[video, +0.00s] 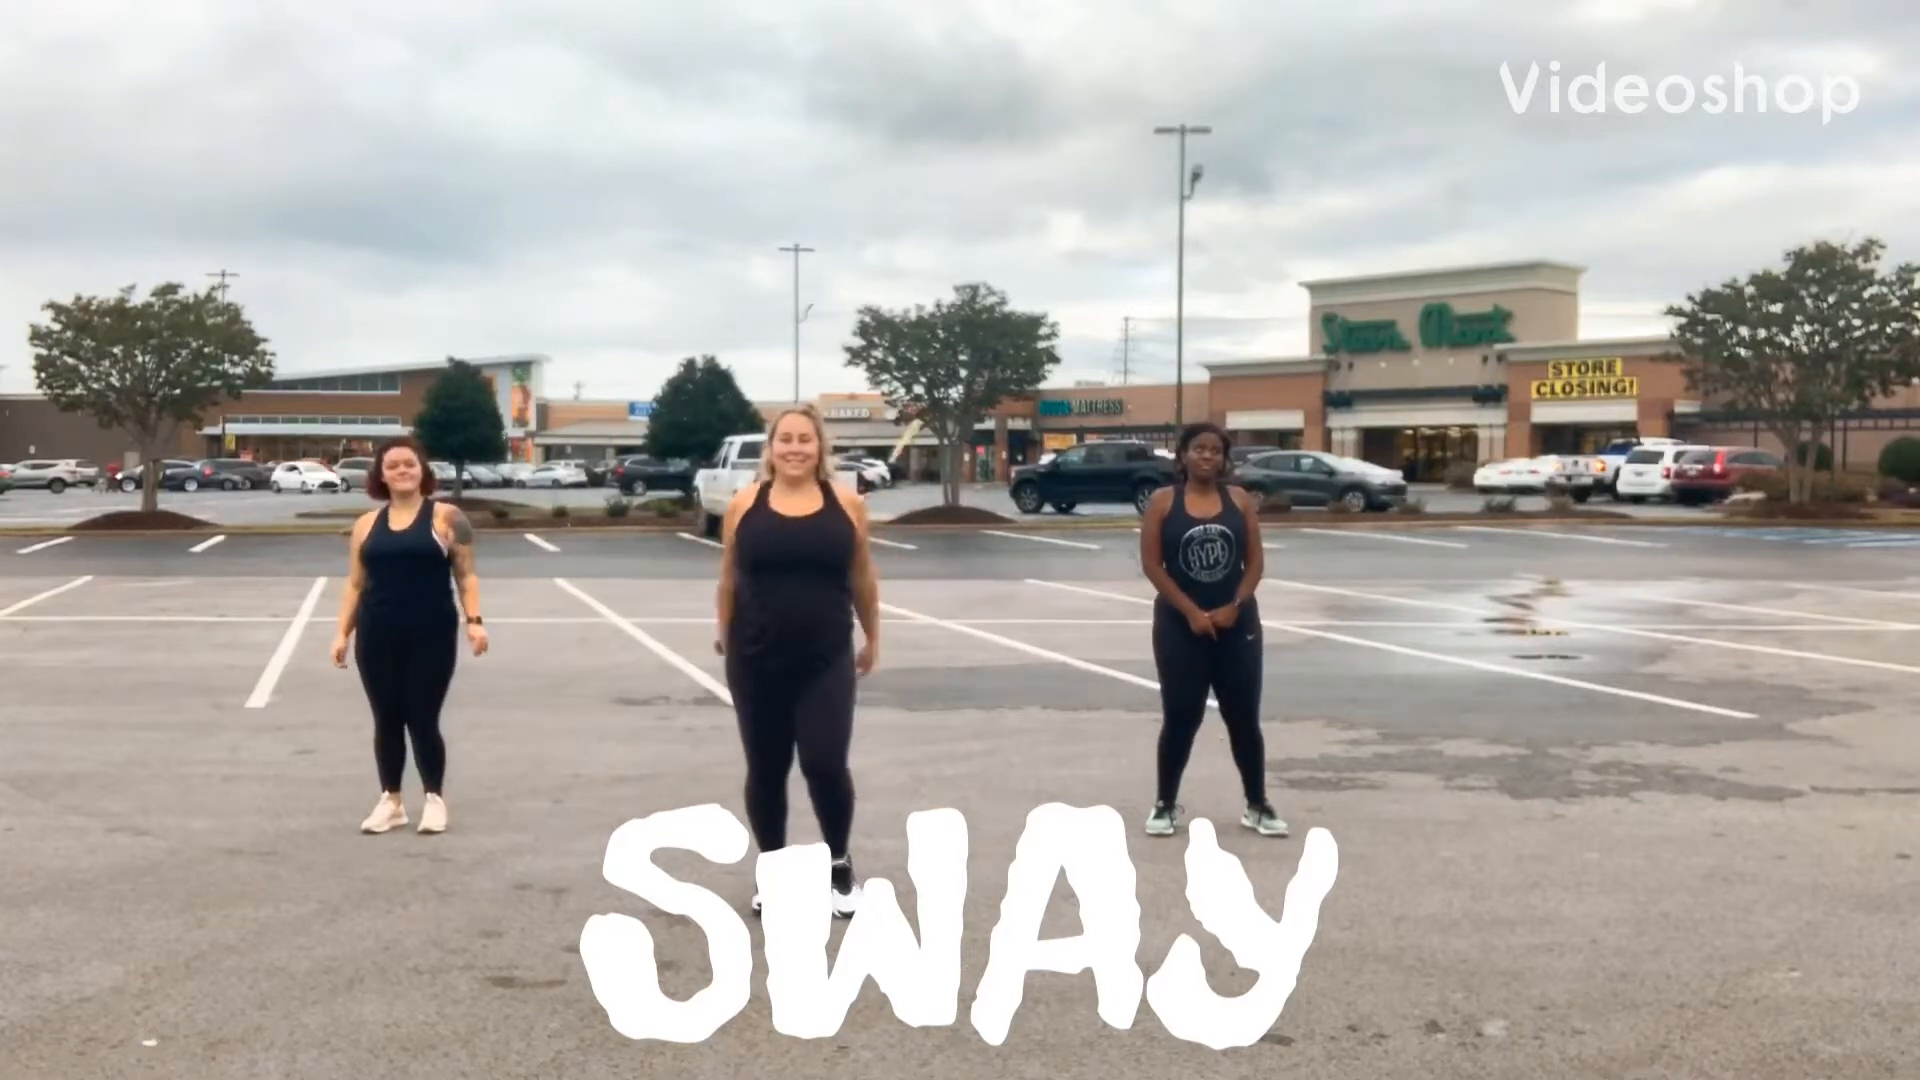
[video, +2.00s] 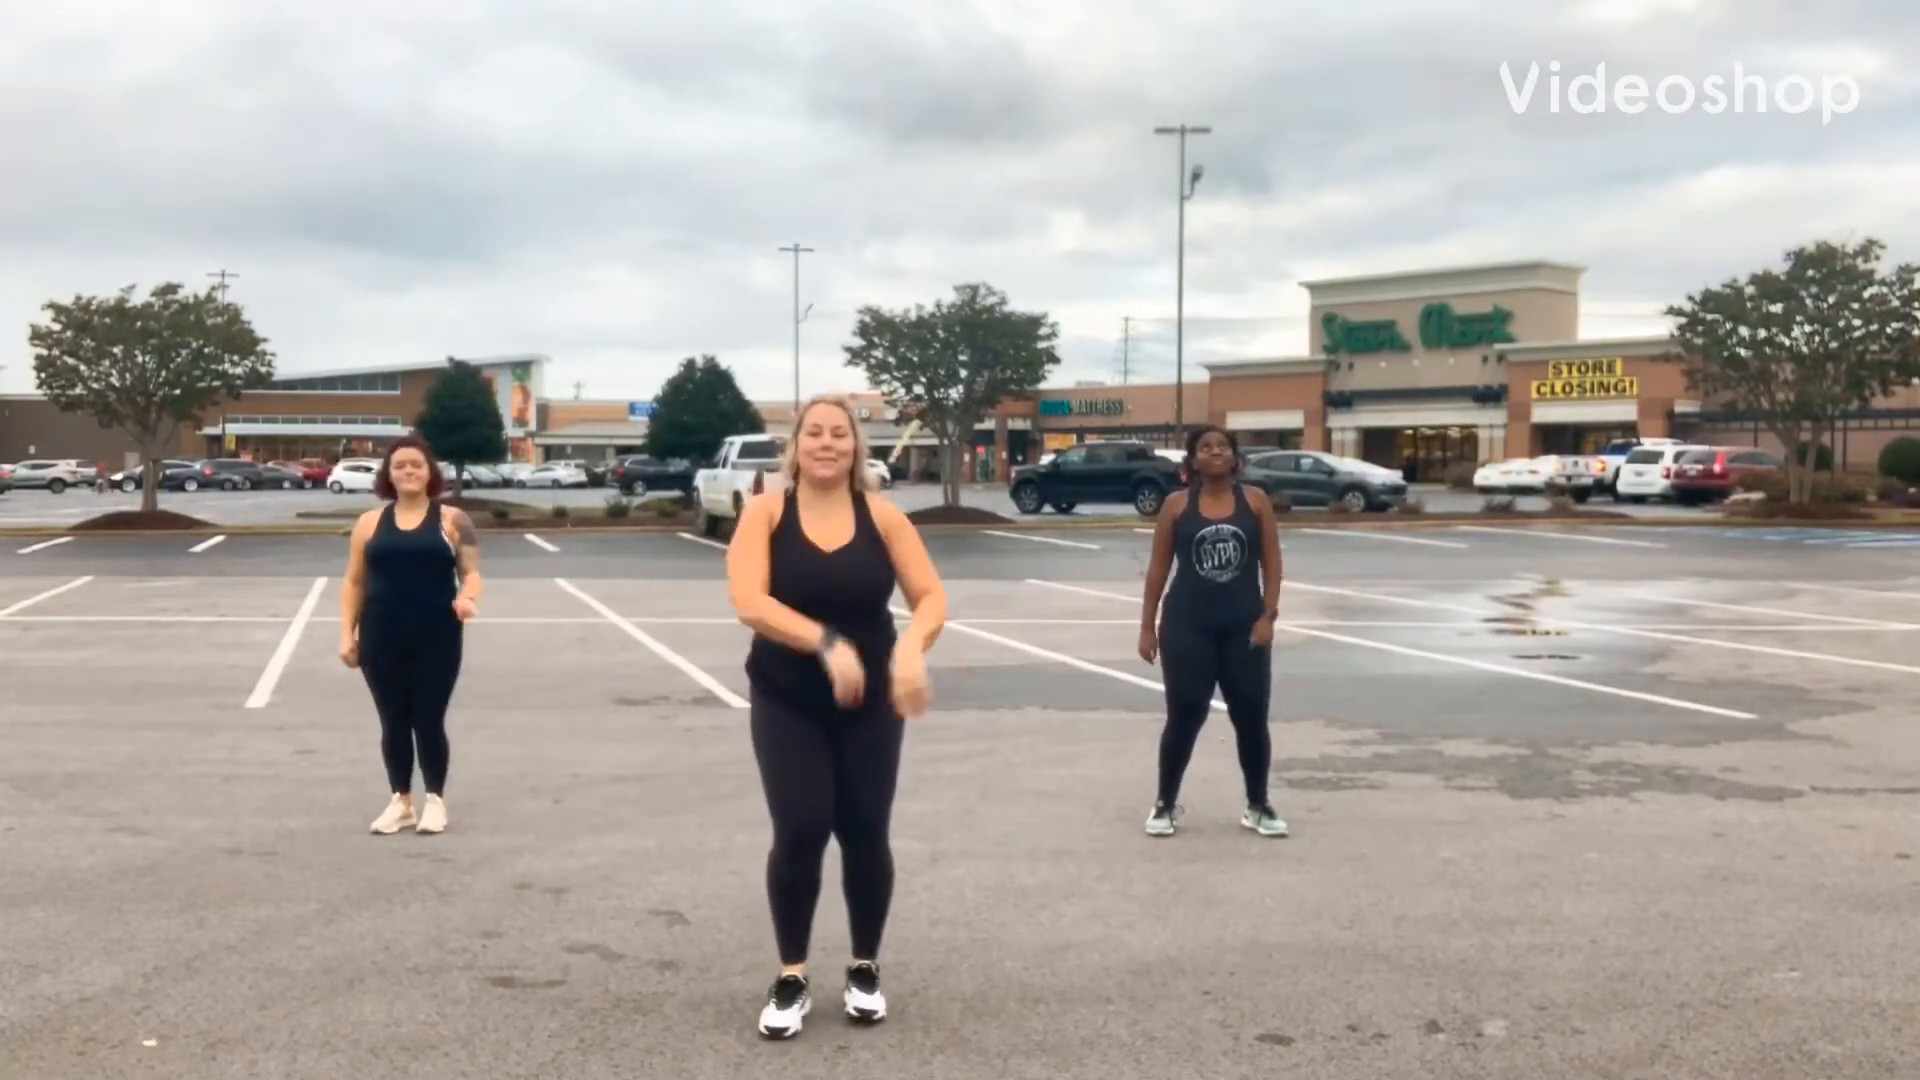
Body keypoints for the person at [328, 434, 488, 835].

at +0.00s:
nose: (402, 471)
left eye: (409, 464)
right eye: (393, 466)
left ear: (422, 470)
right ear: (382, 475)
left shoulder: (446, 518)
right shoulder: (366, 524)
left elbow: (465, 574)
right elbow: (355, 584)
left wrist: (474, 621)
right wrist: (343, 633)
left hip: (431, 635)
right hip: (377, 637)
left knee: (421, 719)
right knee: (387, 719)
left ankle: (433, 799)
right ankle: (391, 800)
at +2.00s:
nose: (408, 472)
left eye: (416, 464)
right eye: (400, 466)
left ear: (430, 471)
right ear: (389, 474)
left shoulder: (452, 520)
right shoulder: (369, 522)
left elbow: (470, 570)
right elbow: (353, 581)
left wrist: (467, 596)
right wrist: (348, 633)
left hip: (437, 636)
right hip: (382, 637)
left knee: (427, 719)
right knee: (394, 721)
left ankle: (434, 800)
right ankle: (401, 799)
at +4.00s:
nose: (415, 471)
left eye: (423, 464)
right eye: (407, 465)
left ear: (438, 472)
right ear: (396, 475)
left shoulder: (457, 518)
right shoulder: (375, 521)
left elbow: (471, 556)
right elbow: (333, 562)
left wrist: (436, 525)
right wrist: (351, 587)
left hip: (453, 636)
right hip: (397, 639)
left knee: (467, 712)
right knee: (402, 724)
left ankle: (499, 788)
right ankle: (406, 801)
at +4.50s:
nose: (395, 478)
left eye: (402, 471)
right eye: (387, 472)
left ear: (418, 478)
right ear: (376, 481)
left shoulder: (440, 525)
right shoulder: (359, 531)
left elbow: (475, 575)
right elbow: (341, 586)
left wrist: (493, 624)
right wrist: (345, 590)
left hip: (431, 643)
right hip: (380, 644)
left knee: (423, 724)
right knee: (340, 715)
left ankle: (429, 801)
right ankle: (370, 790)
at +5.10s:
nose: (362, 478)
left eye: (370, 471)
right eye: (354, 472)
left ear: (385, 479)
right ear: (344, 482)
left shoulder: (410, 524)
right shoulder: (330, 531)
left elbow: (437, 573)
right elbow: (314, 582)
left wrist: (421, 587)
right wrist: (300, 592)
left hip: (387, 643)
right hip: (330, 640)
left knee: (397, 726)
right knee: (311, 719)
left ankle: (426, 800)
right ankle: (304, 796)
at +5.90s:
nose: (351, 475)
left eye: (359, 469)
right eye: (343, 470)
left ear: (375, 476)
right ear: (333, 481)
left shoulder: (401, 520)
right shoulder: (320, 526)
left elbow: (430, 574)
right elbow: (311, 577)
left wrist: (432, 567)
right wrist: (283, 586)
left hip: (378, 641)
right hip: (320, 639)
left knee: (396, 725)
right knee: (305, 721)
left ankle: (428, 800)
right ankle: (303, 796)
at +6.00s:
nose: (346, 474)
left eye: (354, 467)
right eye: (337, 469)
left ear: (368, 475)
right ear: (327, 479)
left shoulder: (393, 519)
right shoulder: (312, 524)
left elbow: (420, 576)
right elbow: (305, 575)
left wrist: (421, 566)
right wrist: (283, 588)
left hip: (369, 638)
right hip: (312, 636)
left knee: (390, 724)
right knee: (302, 721)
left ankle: (426, 800)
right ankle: (302, 797)